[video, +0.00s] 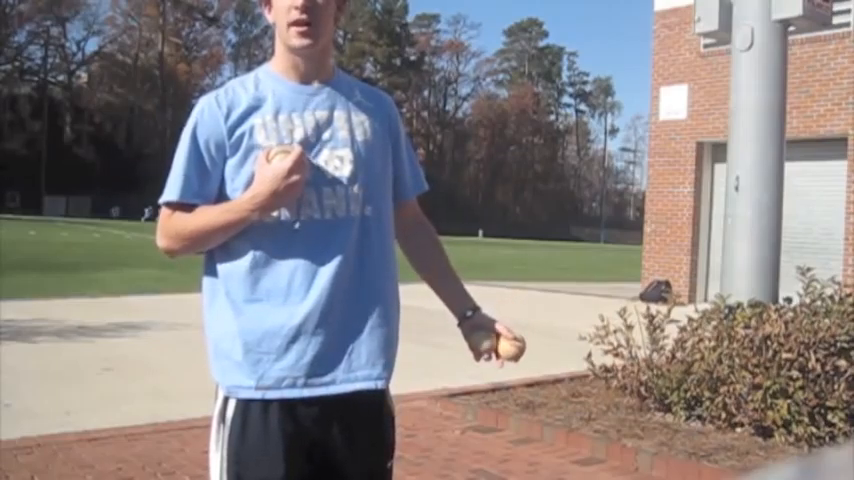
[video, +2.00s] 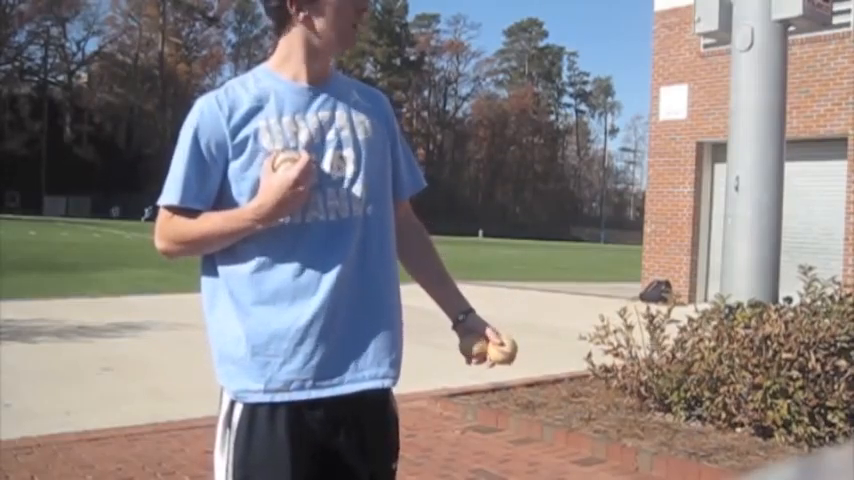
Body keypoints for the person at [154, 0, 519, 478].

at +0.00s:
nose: (305, 9)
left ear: (341, 10)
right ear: (269, 10)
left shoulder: (377, 110)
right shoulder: (220, 111)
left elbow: (410, 222)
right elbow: (171, 235)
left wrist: (470, 315)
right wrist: (256, 200)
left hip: (359, 382)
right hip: (259, 386)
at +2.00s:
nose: (364, 13)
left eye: (362, 4)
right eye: (352, 2)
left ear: (309, 13)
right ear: (302, 9)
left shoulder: (373, 108)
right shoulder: (220, 112)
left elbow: (404, 225)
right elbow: (168, 236)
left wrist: (464, 317)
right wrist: (262, 210)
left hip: (364, 388)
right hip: (266, 395)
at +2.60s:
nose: (319, 8)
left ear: (351, 14)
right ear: (280, 9)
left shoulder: (371, 107)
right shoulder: (232, 107)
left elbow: (389, 221)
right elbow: (155, 223)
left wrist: (423, 326)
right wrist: (228, 254)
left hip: (369, 381)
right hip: (277, 391)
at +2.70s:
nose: (306, 9)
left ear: (351, 14)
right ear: (281, 8)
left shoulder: (378, 111)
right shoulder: (230, 106)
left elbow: (395, 226)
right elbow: (133, 211)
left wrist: (422, 333)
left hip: (369, 383)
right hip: (273, 390)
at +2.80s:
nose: (304, 9)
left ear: (354, 16)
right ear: (283, 9)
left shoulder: (382, 112)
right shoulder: (229, 104)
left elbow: (399, 231)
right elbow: (122, 193)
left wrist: (423, 338)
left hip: (367, 387)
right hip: (269, 393)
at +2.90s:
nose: (302, 7)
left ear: (357, 15)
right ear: (285, 7)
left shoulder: (387, 113)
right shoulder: (229, 100)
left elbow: (404, 235)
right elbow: (109, 156)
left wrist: (427, 342)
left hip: (366, 393)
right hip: (266, 398)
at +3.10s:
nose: (300, 10)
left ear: (357, 13)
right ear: (285, 8)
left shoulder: (393, 116)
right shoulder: (229, 93)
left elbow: (410, 237)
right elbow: (101, 110)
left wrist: (442, 344)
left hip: (364, 395)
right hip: (263, 397)